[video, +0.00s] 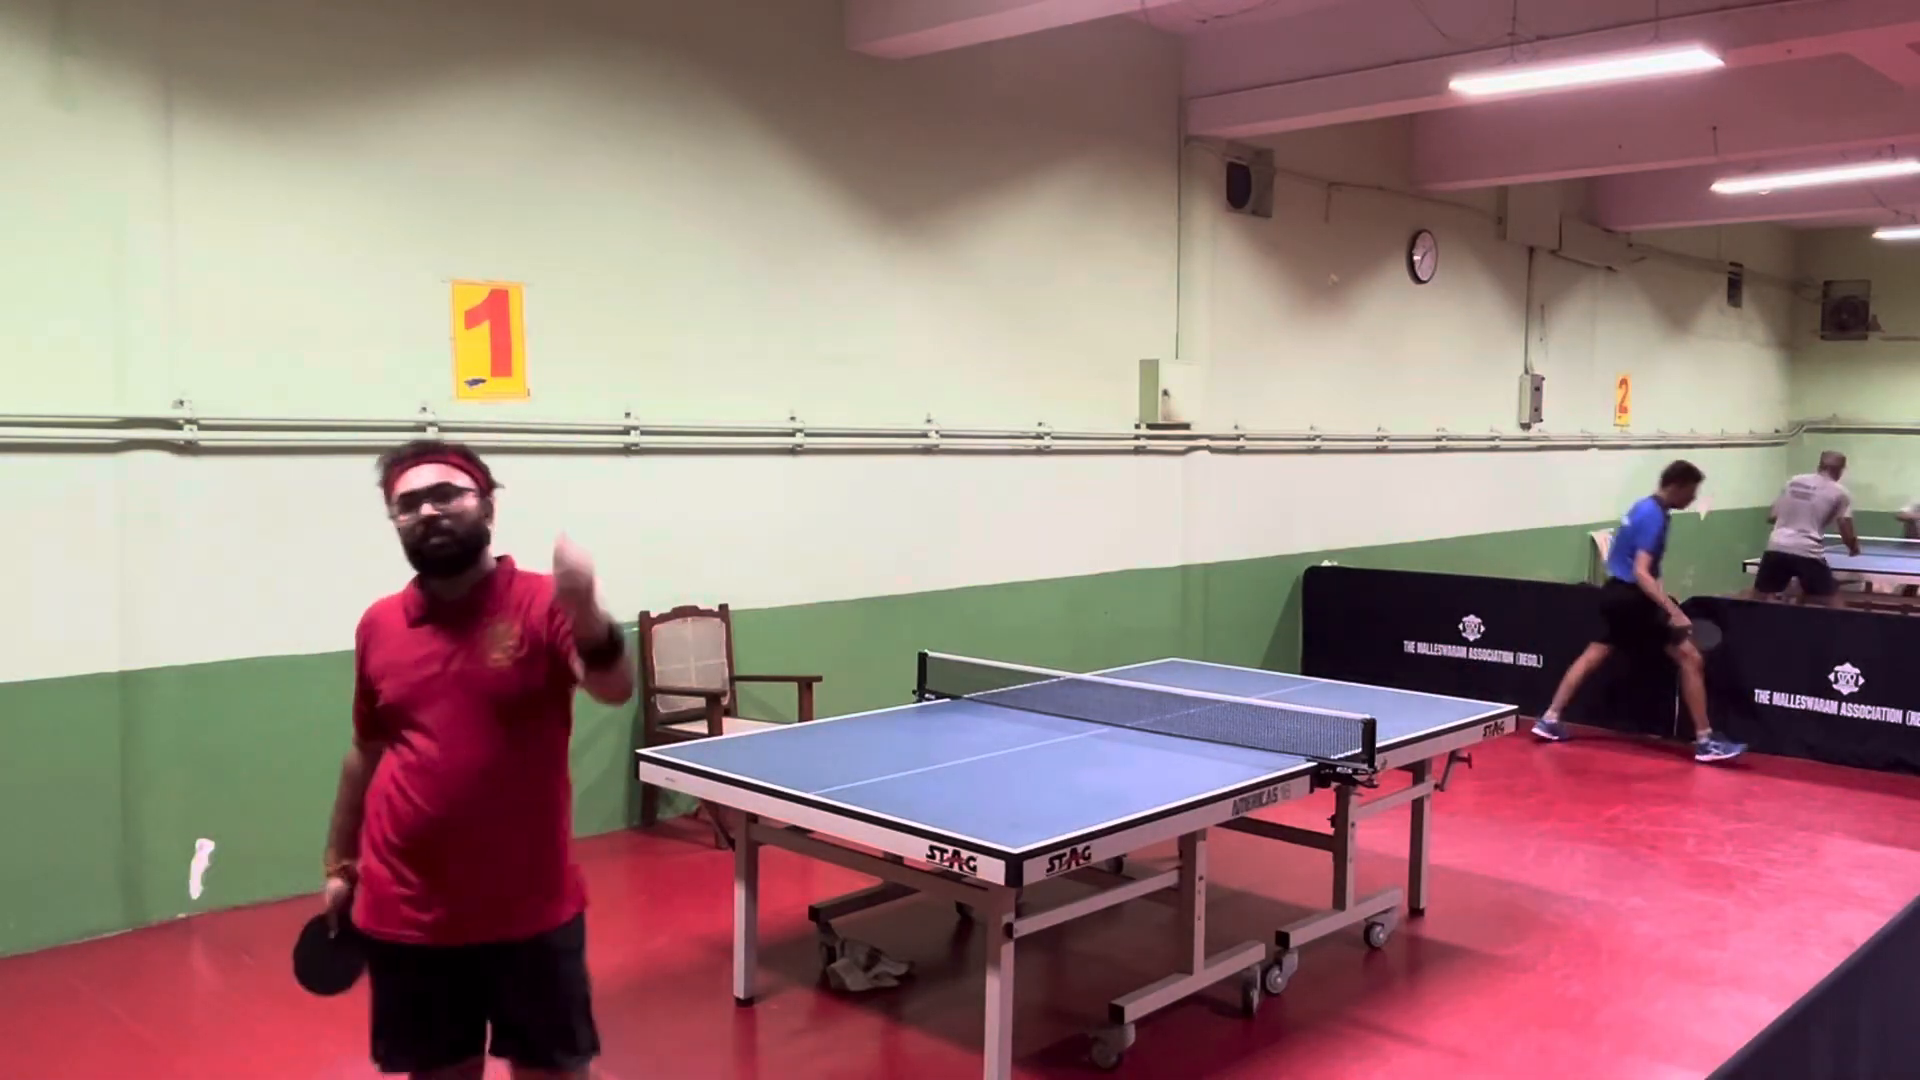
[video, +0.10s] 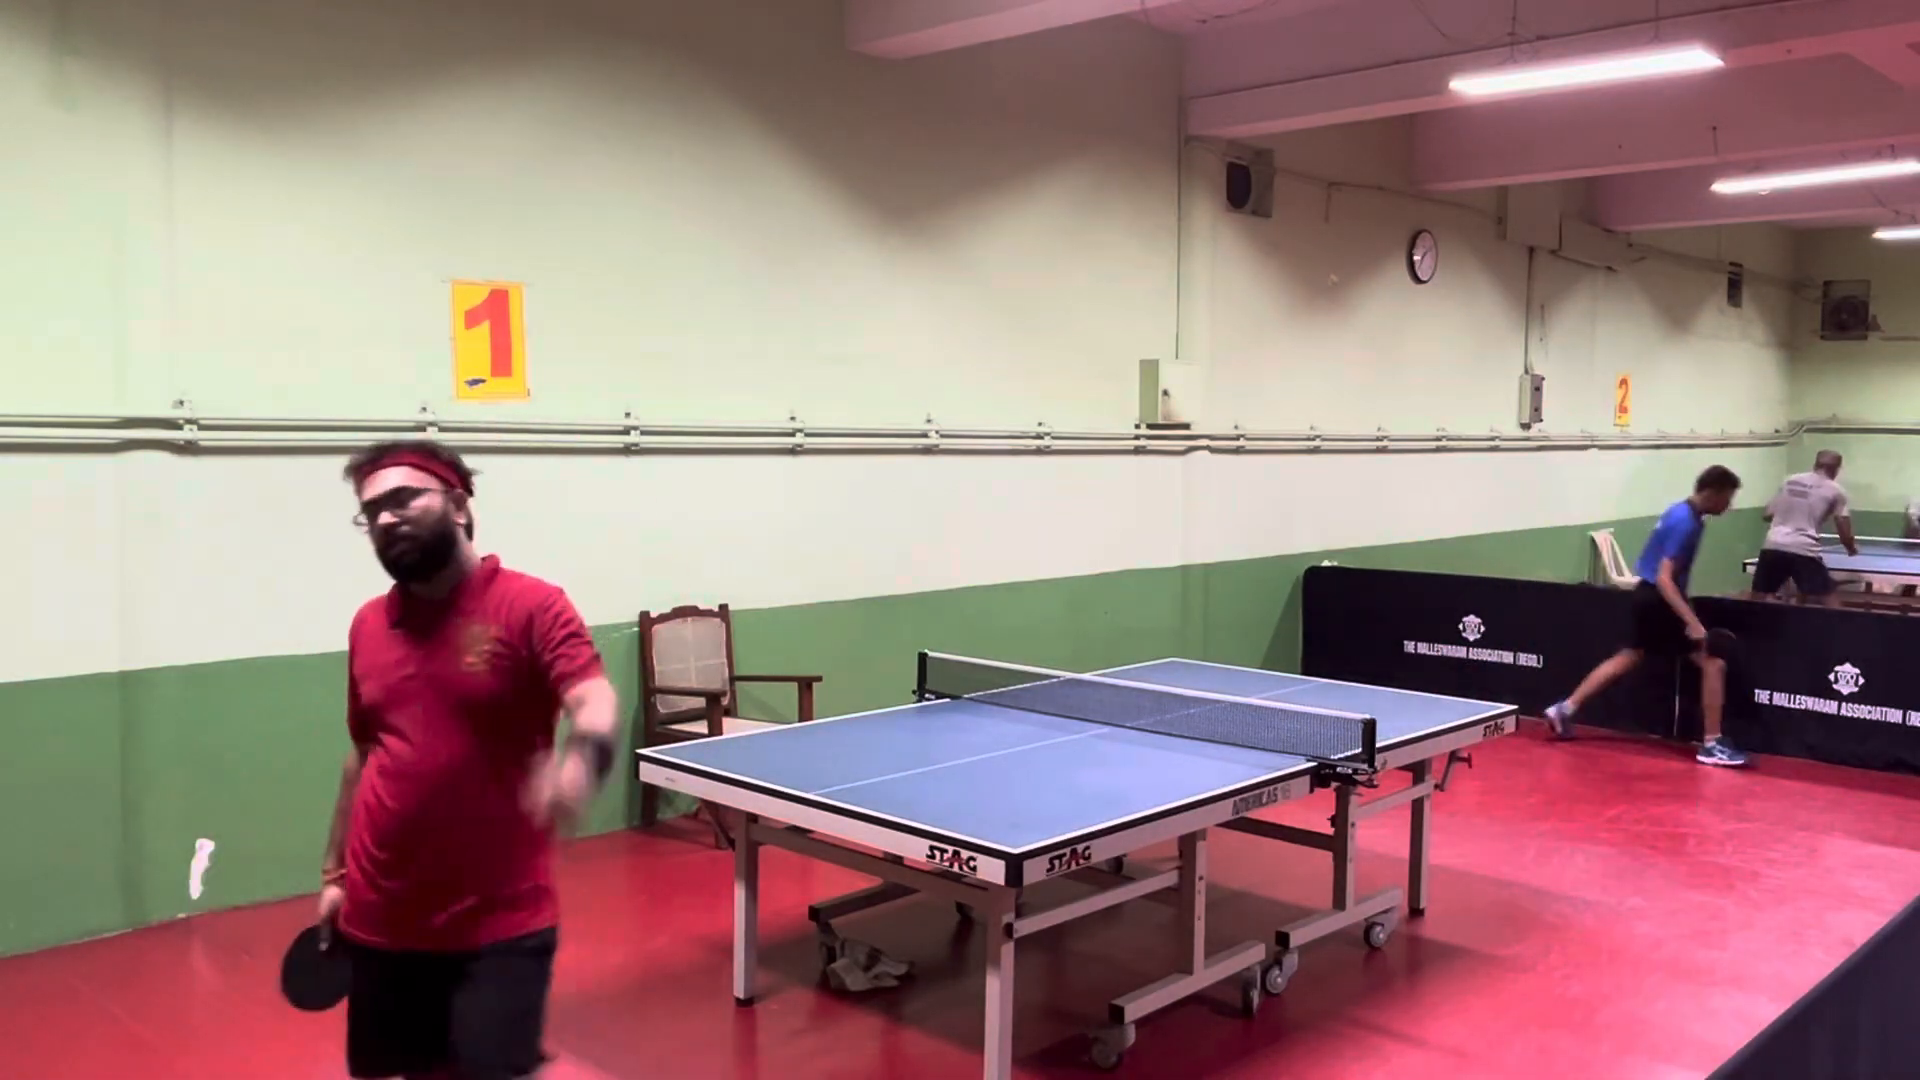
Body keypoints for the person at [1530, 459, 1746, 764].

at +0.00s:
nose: (1692, 499)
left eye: (1694, 492)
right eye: (1690, 492)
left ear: (1670, 486)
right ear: (1675, 487)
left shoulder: (1648, 508)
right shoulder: (1654, 515)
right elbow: (1642, 572)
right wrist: (1672, 610)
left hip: (1616, 593)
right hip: (1634, 597)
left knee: (1594, 654)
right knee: (1690, 659)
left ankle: (1550, 717)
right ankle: (1705, 740)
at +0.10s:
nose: (1728, 506)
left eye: (1730, 499)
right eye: (1727, 498)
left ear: (1705, 491)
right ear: (1711, 493)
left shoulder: (1683, 513)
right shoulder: (1686, 521)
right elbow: (1664, 579)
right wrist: (1691, 621)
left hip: (1646, 596)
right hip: (1661, 601)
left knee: (1631, 655)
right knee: (1713, 663)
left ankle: (1565, 709)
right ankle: (1712, 744)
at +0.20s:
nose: (1756, 505)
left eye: (1758, 499)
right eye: (1755, 498)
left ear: (1735, 490)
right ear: (1739, 492)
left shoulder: (1720, 517)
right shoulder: (1709, 520)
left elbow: (1706, 572)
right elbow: (1687, 575)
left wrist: (1719, 610)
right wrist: (1705, 622)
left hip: (1690, 593)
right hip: (1691, 595)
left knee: (1688, 658)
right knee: (1730, 665)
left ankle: (1611, 699)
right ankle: (1714, 743)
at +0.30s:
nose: (1782, 501)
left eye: (1786, 495)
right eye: (1782, 494)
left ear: (1764, 486)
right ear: (1765, 484)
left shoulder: (1749, 515)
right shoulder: (1727, 514)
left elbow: (1743, 571)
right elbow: (1708, 570)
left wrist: (1754, 612)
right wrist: (1717, 618)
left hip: (1733, 596)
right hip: (1715, 595)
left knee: (1730, 663)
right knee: (1736, 665)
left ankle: (1670, 709)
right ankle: (1714, 743)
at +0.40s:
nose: (1810, 501)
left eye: (1814, 496)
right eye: (1810, 494)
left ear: (1797, 486)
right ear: (1794, 483)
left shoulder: (1784, 516)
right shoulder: (1750, 512)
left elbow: (1781, 568)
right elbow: (1727, 567)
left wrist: (1793, 611)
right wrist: (1730, 615)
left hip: (1768, 598)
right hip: (1741, 598)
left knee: (1788, 662)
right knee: (1745, 675)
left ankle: (1747, 726)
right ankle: (1714, 742)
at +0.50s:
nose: (1840, 510)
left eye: (1844, 505)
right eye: (1839, 502)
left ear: (1835, 499)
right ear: (1825, 491)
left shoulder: (1818, 525)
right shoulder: (1780, 517)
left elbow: (1820, 578)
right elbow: (1749, 567)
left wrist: (1836, 623)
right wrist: (1747, 619)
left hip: (1798, 607)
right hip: (1768, 604)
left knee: (1831, 667)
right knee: (1758, 676)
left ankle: (1832, 747)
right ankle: (1715, 743)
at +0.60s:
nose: (1880, 528)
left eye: (1884, 523)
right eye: (1881, 520)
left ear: (1876, 513)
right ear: (1869, 507)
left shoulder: (1859, 535)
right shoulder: (1820, 525)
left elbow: (1860, 587)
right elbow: (1777, 572)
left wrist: (1881, 637)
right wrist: (1769, 625)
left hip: (1830, 615)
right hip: (1794, 612)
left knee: (1871, 679)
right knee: (1771, 684)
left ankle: (1911, 754)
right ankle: (1718, 741)